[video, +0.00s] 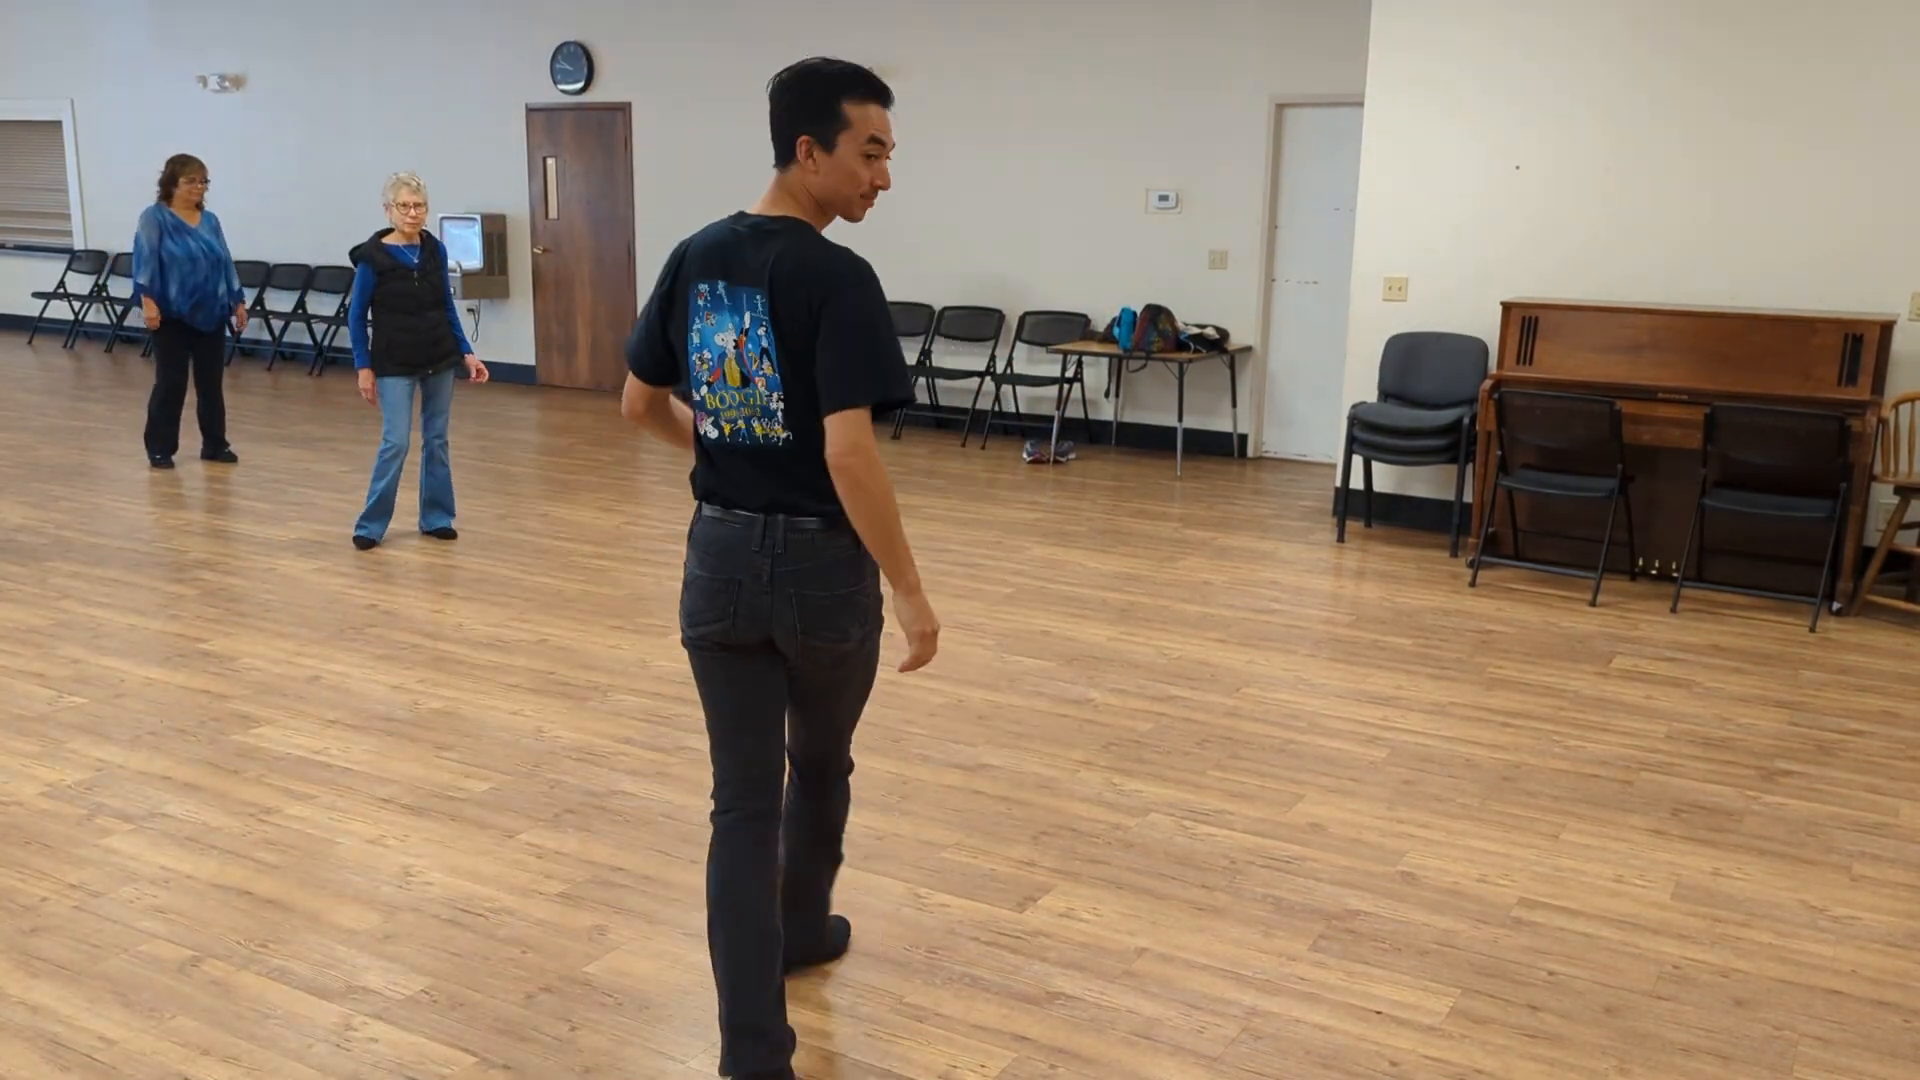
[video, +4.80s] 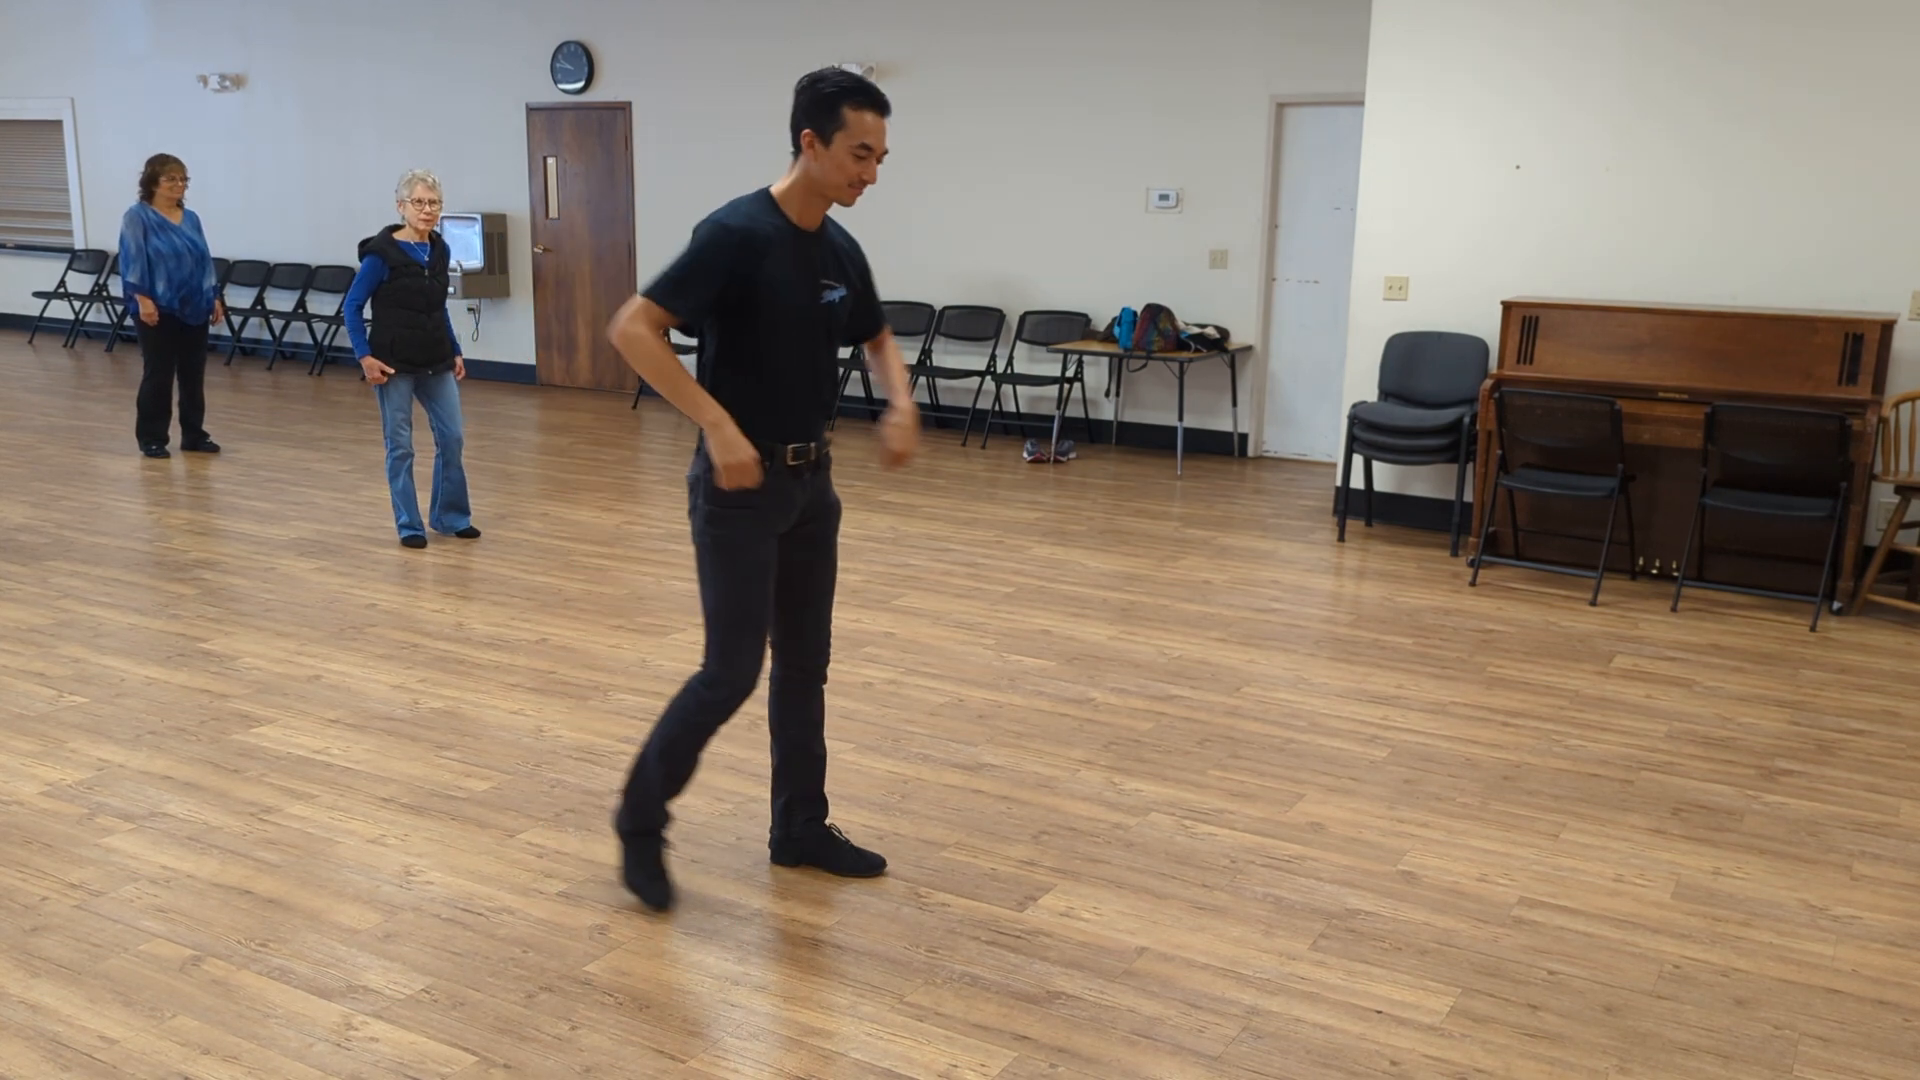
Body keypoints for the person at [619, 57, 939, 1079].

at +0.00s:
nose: (885, 172)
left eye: (887, 151)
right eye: (872, 149)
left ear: (801, 154)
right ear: (806, 149)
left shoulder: (698, 254)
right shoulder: (838, 278)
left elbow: (642, 398)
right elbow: (850, 450)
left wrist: (717, 440)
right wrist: (908, 589)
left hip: (719, 553)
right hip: (822, 560)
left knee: (742, 799)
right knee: (820, 754)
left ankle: (754, 1058)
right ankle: (801, 927)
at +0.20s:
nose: (867, 161)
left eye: (873, 143)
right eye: (849, 142)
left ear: (800, 150)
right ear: (790, 147)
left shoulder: (725, 235)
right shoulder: (810, 271)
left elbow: (671, 349)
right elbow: (795, 430)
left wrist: (732, 409)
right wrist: (881, 522)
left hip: (731, 521)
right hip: (807, 531)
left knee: (767, 715)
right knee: (830, 733)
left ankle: (706, 913)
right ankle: (790, 929)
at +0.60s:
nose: (799, 148)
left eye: (810, 132)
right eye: (779, 131)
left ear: (821, 141)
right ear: (741, 139)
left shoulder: (799, 238)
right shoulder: (705, 244)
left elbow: (782, 346)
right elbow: (652, 377)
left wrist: (811, 408)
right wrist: (758, 427)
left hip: (780, 490)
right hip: (722, 496)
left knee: (758, 668)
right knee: (764, 689)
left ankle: (738, 813)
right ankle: (759, 897)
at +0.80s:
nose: (762, 142)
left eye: (774, 127)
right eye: (743, 125)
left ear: (785, 135)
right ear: (705, 132)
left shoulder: (781, 233)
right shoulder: (663, 236)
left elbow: (779, 333)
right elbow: (590, 355)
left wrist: (776, 405)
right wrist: (695, 421)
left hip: (746, 484)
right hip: (673, 484)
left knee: (744, 655)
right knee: (686, 668)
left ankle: (735, 810)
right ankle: (640, 853)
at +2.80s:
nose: (723, 148)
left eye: (726, 134)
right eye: (708, 133)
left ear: (713, 141)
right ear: (653, 136)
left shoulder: (719, 228)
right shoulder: (584, 226)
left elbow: (692, 320)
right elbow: (489, 280)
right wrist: (550, 374)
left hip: (697, 471)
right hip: (617, 475)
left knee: (705, 647)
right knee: (594, 663)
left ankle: (712, 795)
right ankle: (571, 839)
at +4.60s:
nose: (827, 165)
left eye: (831, 150)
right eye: (813, 148)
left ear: (793, 152)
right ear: (760, 145)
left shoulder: (793, 236)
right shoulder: (685, 230)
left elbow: (744, 329)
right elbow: (562, 283)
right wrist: (633, 381)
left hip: (769, 482)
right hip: (692, 483)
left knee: (784, 665)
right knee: (653, 669)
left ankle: (798, 827)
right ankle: (582, 832)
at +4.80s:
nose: (874, 171)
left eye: (879, 156)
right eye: (863, 153)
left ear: (838, 151)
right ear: (810, 142)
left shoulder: (841, 250)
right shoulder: (735, 235)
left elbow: (878, 339)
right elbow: (634, 327)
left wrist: (900, 400)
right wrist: (716, 425)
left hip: (809, 486)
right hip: (737, 489)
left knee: (800, 669)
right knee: (731, 673)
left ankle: (799, 827)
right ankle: (639, 817)